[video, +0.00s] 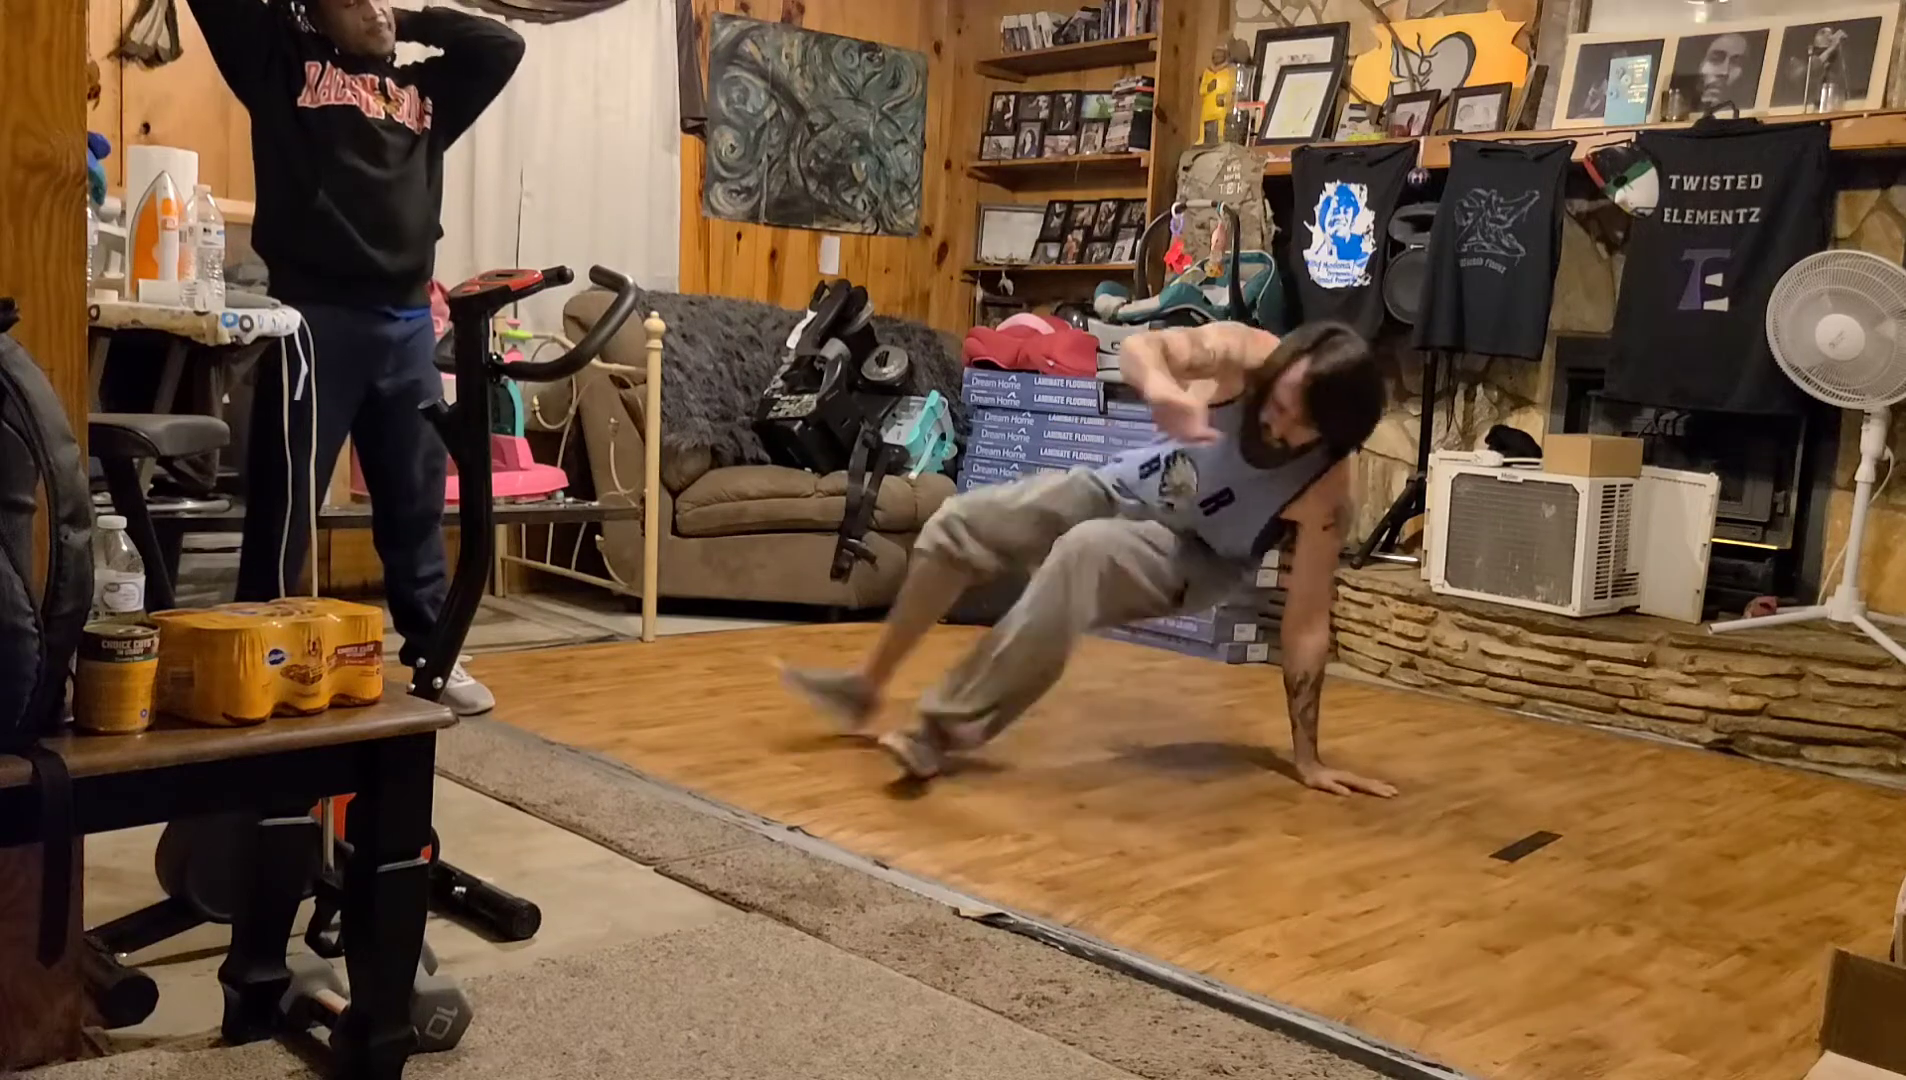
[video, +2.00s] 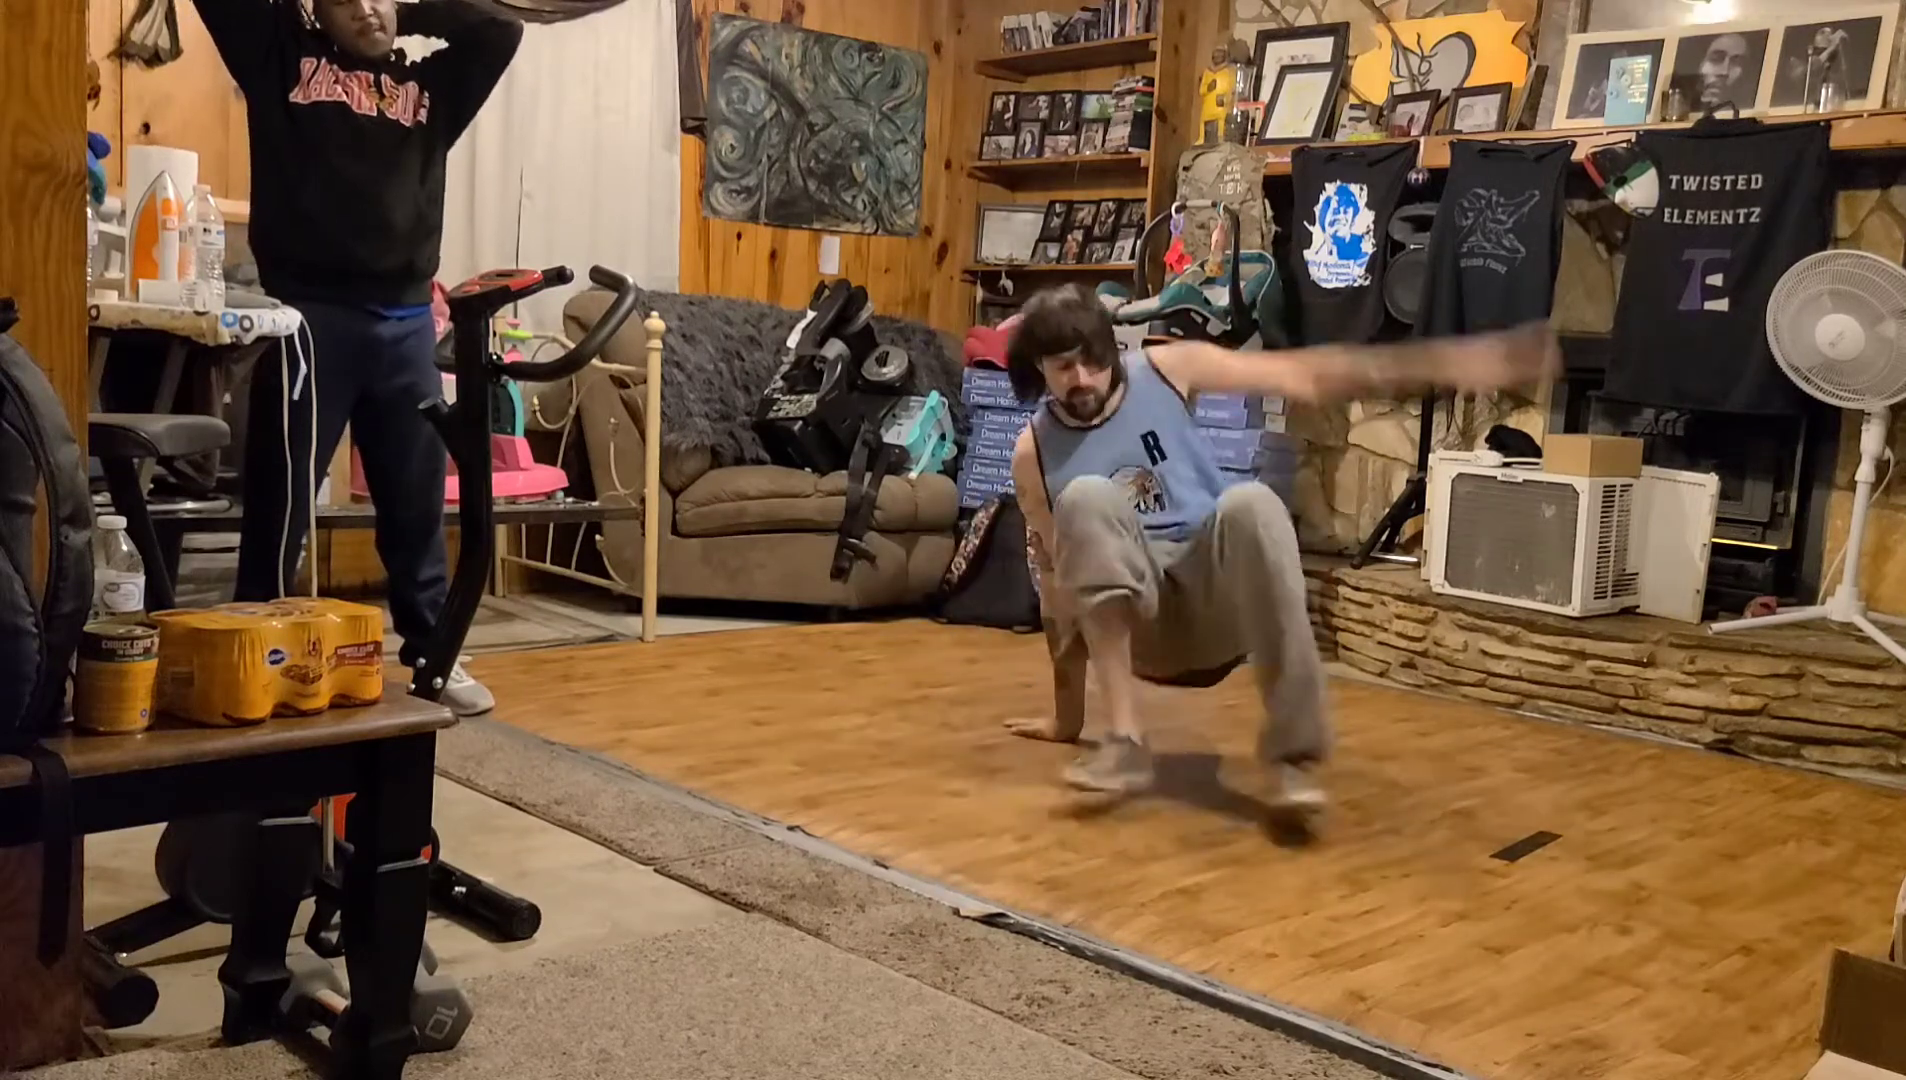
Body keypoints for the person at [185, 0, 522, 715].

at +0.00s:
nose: (381, 9)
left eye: (381, 1)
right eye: (356, 0)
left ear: (386, 16)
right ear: (315, 15)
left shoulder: (422, 93)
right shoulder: (280, 61)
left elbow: (502, 46)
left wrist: (415, 23)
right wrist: (281, 10)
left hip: (406, 325)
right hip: (313, 321)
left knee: (415, 503)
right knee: (285, 505)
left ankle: (432, 659)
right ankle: (256, 664)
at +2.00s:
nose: (374, 9)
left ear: (396, 9)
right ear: (316, 10)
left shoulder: (432, 86)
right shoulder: (277, 56)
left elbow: (502, 30)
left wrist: (416, 12)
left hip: (405, 325)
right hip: (307, 321)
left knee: (417, 505)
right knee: (282, 503)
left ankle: (432, 658)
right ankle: (253, 664)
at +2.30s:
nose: (373, 8)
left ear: (395, 13)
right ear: (319, 13)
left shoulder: (431, 95)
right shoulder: (278, 57)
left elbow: (508, 51)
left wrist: (417, 24)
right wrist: (291, 10)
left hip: (406, 325)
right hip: (310, 321)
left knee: (419, 503)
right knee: (284, 500)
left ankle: (432, 657)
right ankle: (254, 662)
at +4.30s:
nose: (375, 0)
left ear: (383, 10)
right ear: (308, 9)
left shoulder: (418, 94)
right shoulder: (274, 57)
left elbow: (473, 201)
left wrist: (431, 96)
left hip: (405, 325)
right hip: (309, 319)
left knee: (415, 501)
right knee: (282, 501)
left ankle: (433, 656)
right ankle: (259, 662)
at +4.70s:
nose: (377, 0)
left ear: (384, 9)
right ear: (308, 10)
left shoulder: (416, 95)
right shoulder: (275, 59)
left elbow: (472, 197)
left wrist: (438, 94)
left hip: (405, 326)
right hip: (308, 320)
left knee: (415, 503)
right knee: (282, 502)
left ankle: (433, 657)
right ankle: (257, 662)